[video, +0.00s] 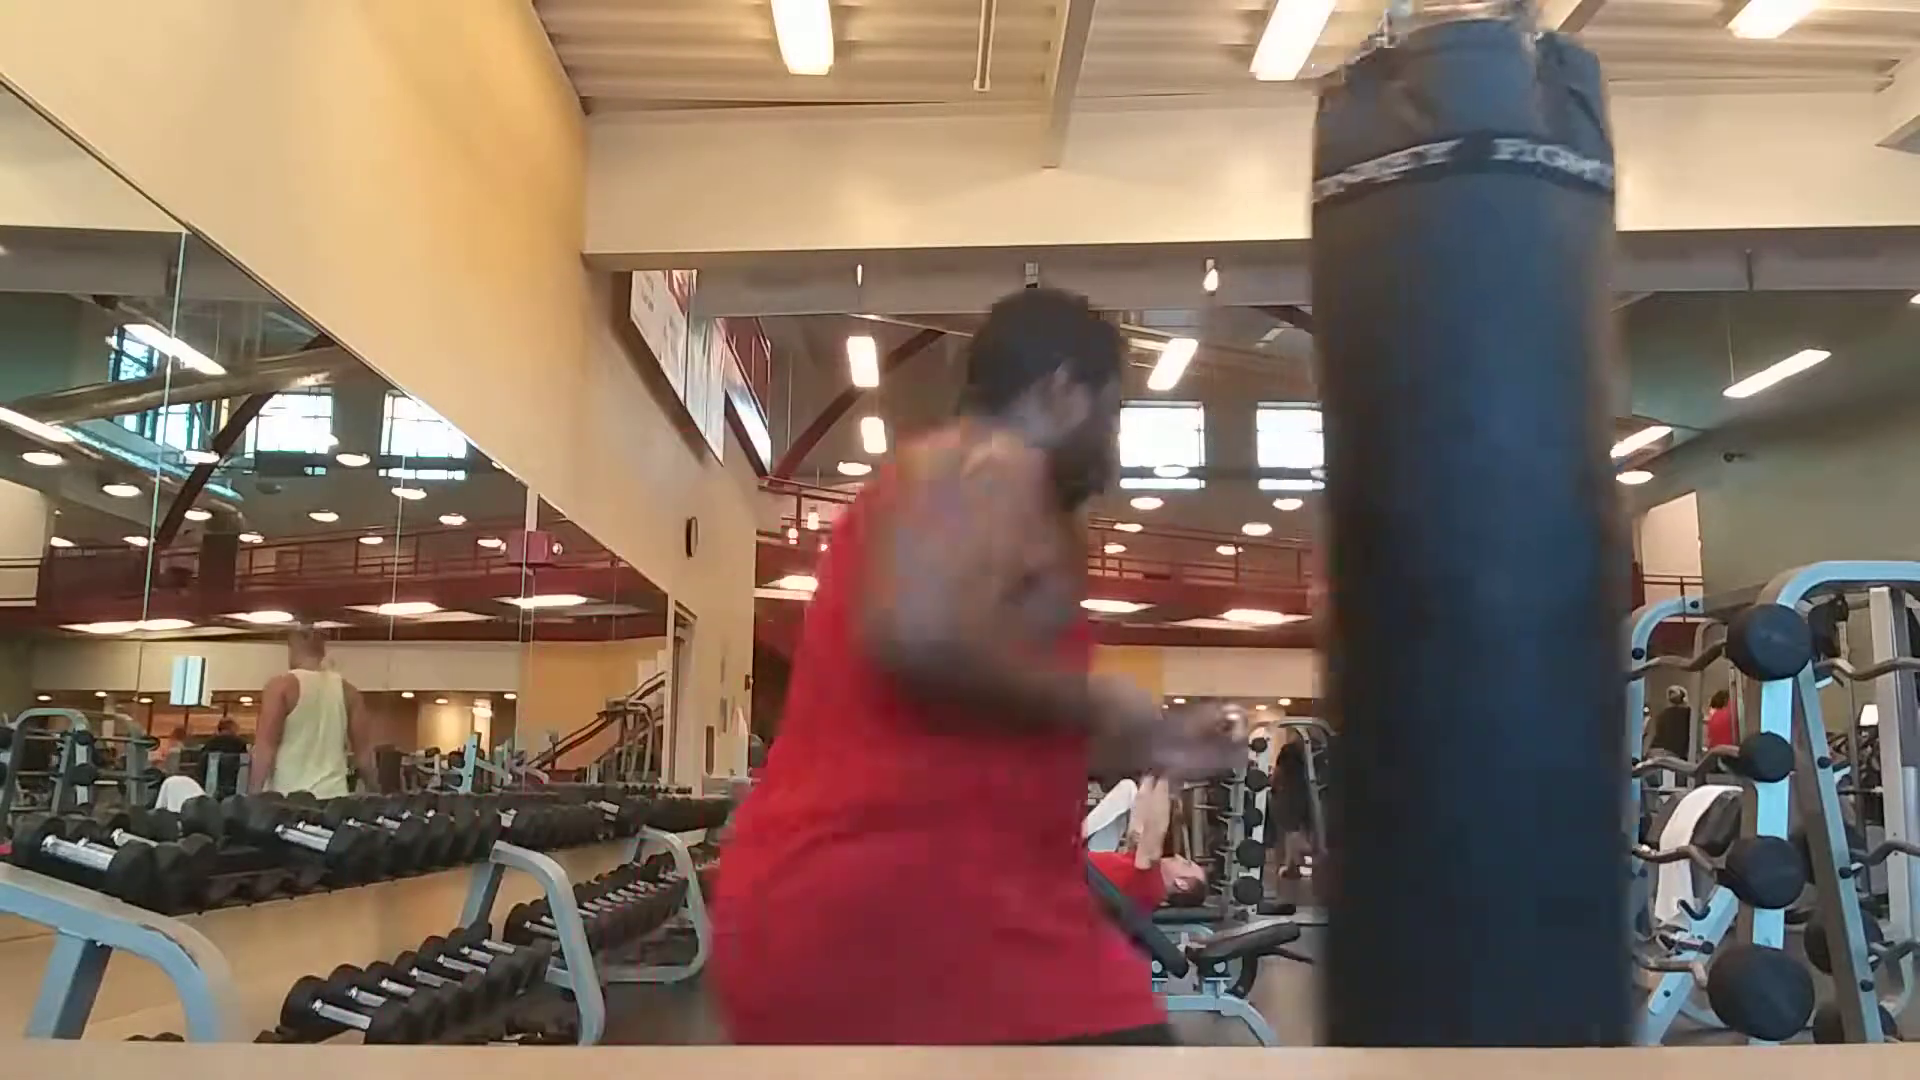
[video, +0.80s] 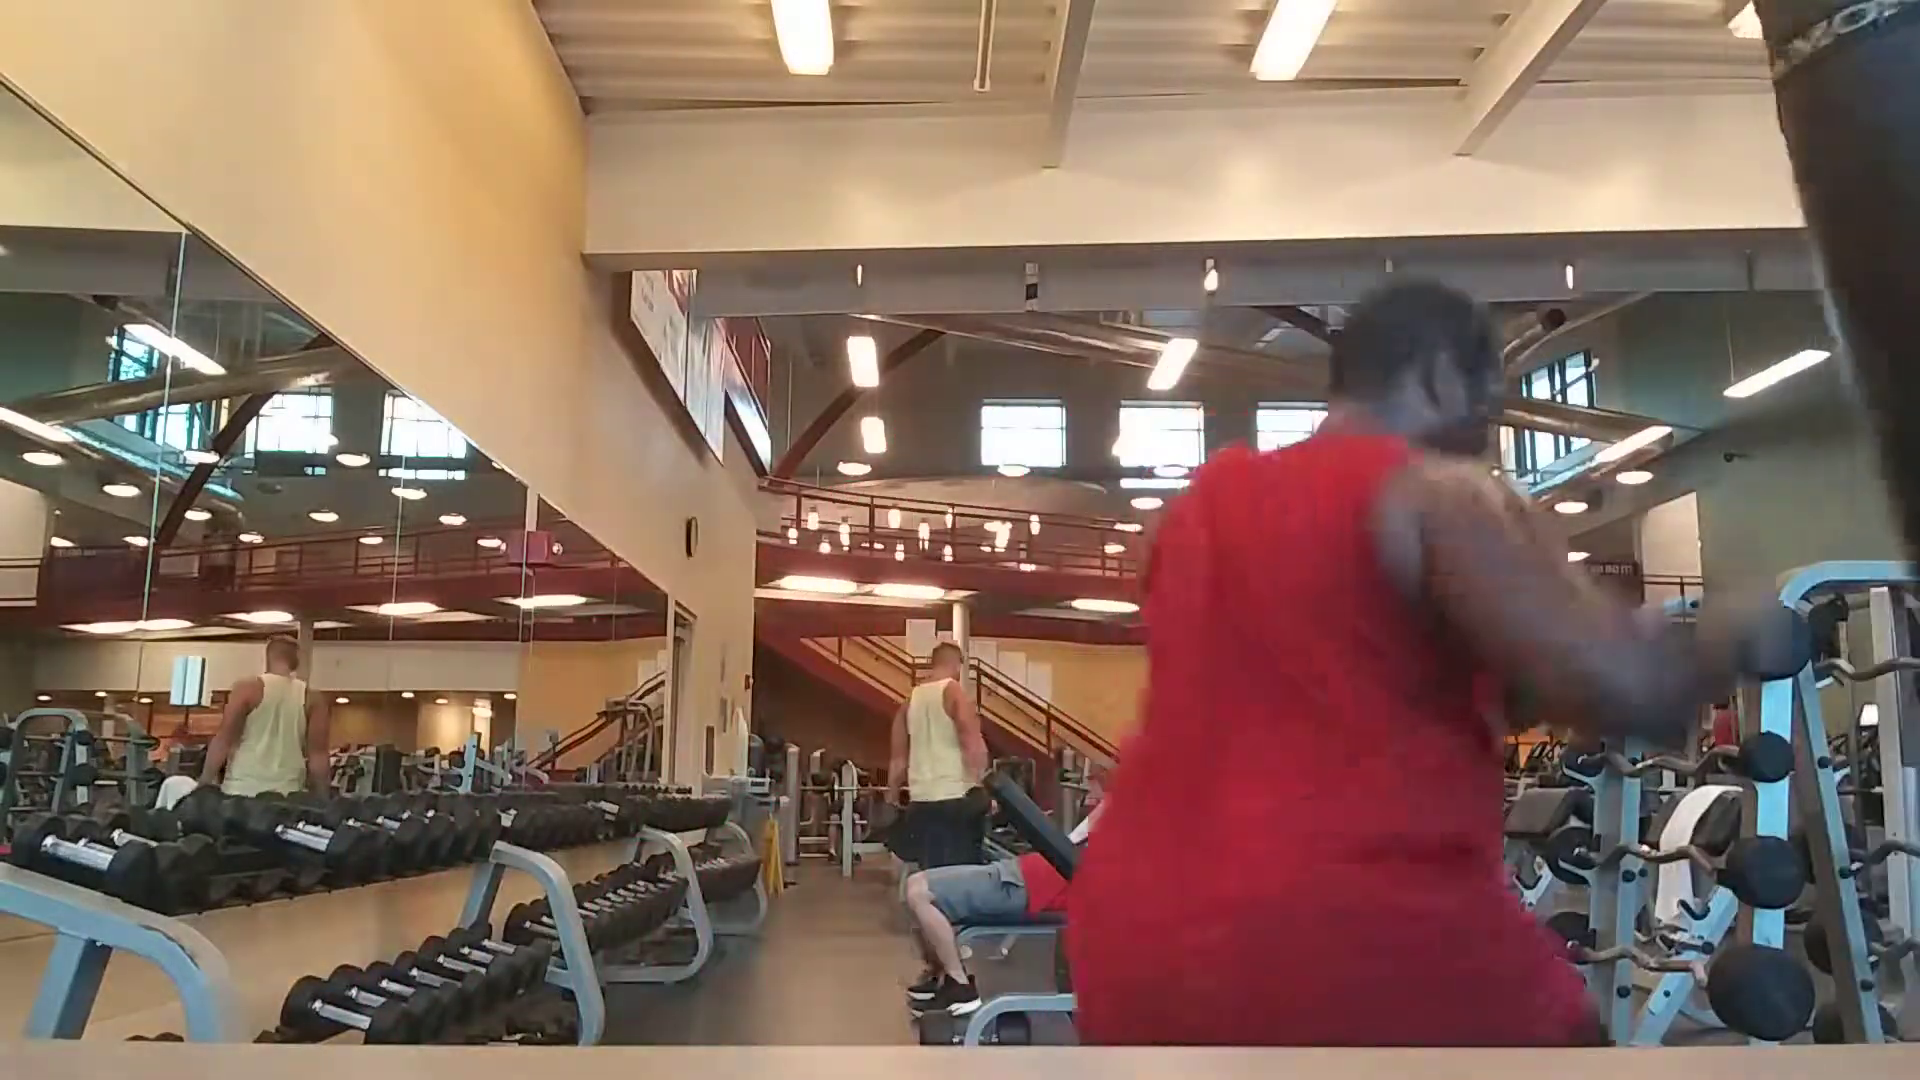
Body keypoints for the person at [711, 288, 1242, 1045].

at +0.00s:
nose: (1112, 439)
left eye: (1117, 413)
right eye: (1112, 410)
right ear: (1061, 389)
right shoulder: (985, 461)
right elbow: (922, 631)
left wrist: (1144, 747)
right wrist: (1093, 701)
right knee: (1132, 1043)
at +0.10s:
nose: (1113, 411)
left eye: (1119, 384)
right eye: (1114, 378)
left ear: (978, 356)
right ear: (1062, 357)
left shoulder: (859, 480)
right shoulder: (1022, 427)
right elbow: (1031, 568)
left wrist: (1112, 869)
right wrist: (1181, 656)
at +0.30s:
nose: (1164, 404)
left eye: (1170, 388)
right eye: (1166, 385)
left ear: (1040, 359)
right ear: (1132, 363)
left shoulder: (905, 470)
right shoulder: (1118, 451)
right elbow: (1359, 526)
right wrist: (1504, 485)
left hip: (841, 928)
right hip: (1051, 922)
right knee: (1233, 1062)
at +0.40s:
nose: (1239, 386)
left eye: (1246, 364)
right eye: (1240, 360)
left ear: (1110, 336)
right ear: (1193, 338)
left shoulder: (989, 456)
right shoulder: (1148, 438)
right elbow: (1288, 625)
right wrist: (1427, 575)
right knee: (1301, 1063)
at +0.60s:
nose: (1429, 370)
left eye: (1434, 345)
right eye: (1425, 338)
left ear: (1293, 319)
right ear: (1365, 316)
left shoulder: (1211, 434)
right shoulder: (1293, 427)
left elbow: (1444, 545)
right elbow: (1444, 606)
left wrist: (1611, 506)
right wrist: (1537, 471)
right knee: (1431, 1038)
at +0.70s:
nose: (1472, 389)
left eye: (1478, 363)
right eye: (1472, 356)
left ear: (1318, 340)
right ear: (1415, 328)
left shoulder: (1193, 453)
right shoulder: (1378, 429)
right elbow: (1516, 589)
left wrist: (1543, 525)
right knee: (1546, 1057)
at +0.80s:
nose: (1484, 429)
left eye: (1491, 408)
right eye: (1485, 403)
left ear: (1337, 376)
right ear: (1438, 375)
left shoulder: (1193, 505)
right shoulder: (1434, 492)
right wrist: (1721, 640)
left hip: (1139, 940)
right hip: (1377, 930)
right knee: (1566, 1040)